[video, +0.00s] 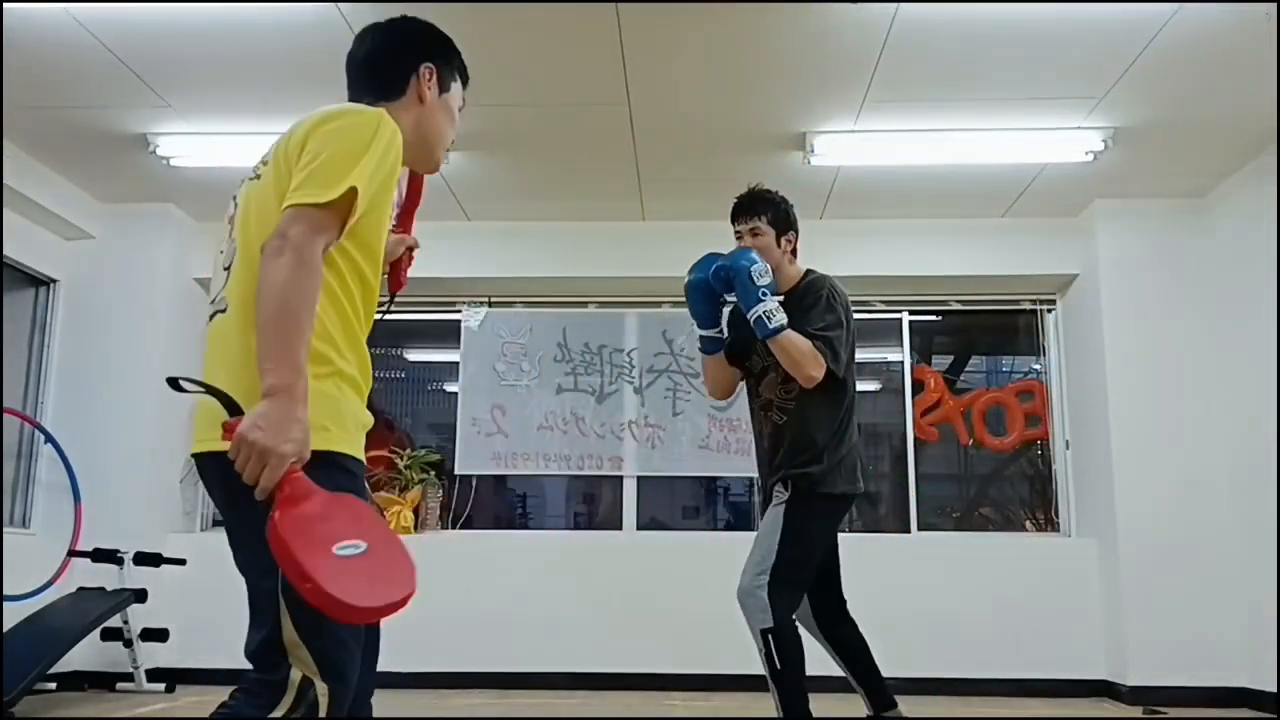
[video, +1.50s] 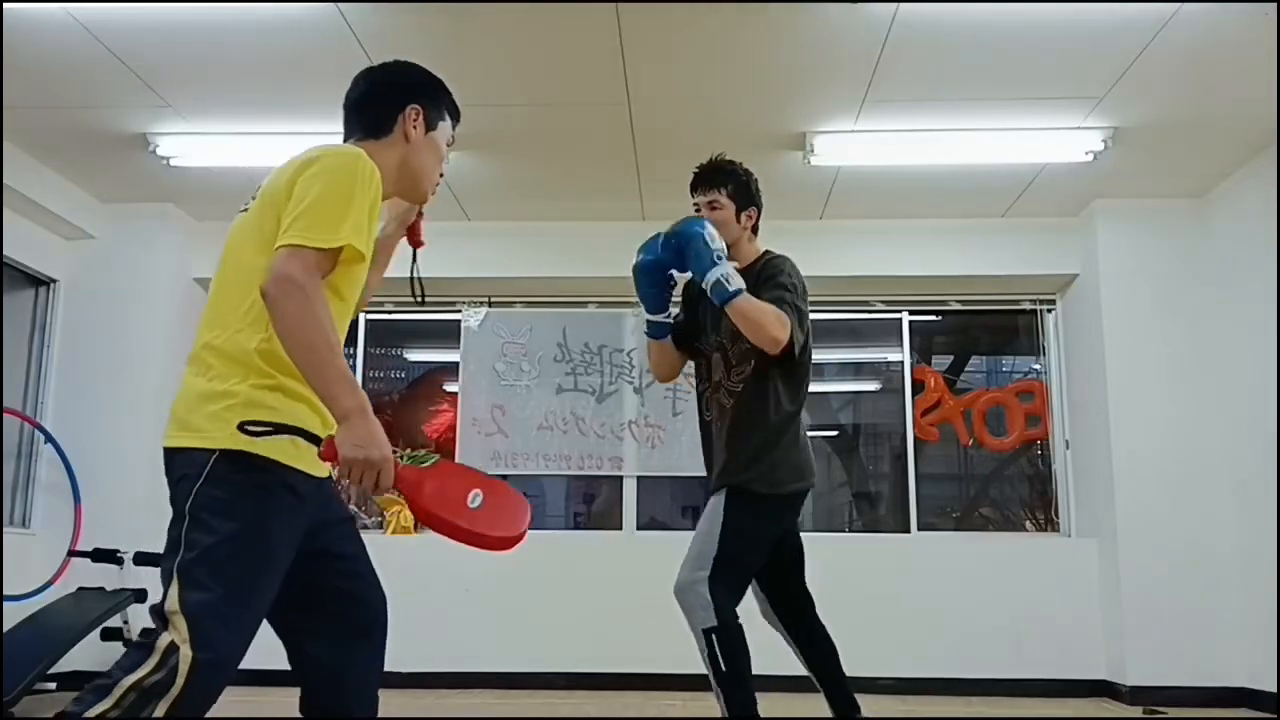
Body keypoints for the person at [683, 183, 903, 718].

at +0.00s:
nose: (744, 248)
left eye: (754, 235)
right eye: (738, 238)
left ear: (788, 240)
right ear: (737, 246)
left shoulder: (823, 295)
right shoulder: (752, 310)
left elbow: (812, 371)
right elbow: (721, 389)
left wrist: (760, 302)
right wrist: (709, 325)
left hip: (818, 475)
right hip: (785, 476)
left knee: (761, 594)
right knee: (820, 607)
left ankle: (796, 715)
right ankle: (885, 709)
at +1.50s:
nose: (701, 217)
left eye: (713, 205)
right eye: (695, 207)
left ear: (749, 216)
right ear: (696, 219)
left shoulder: (777, 274)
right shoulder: (704, 288)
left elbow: (775, 335)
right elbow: (665, 368)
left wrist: (716, 272)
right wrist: (656, 310)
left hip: (766, 470)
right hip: (742, 470)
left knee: (699, 591)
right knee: (787, 606)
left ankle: (742, 714)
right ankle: (848, 711)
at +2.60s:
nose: (588, 219)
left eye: (597, 206)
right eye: (582, 209)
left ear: (637, 214)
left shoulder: (655, 265)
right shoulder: (618, 296)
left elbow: (656, 315)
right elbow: (585, 389)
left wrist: (589, 242)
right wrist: (562, 327)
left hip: (663, 483)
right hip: (688, 489)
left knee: (559, 598)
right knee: (672, 633)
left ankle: (541, 713)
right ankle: (762, 714)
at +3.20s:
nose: (510, 162)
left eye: (516, 144)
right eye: (503, 149)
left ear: (562, 139)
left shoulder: (620, 203)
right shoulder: (554, 226)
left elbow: (604, 291)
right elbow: (486, 313)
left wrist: (528, 209)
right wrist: (468, 229)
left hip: (605, 444)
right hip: (589, 443)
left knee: (517, 594)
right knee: (604, 610)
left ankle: (511, 717)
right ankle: (695, 715)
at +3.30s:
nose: (517, 169)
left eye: (526, 152)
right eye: (513, 157)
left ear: (570, 151)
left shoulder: (621, 215)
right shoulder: (572, 233)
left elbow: (593, 296)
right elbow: (501, 317)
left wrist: (526, 219)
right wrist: (480, 234)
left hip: (615, 453)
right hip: (612, 451)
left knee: (523, 600)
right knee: (641, 607)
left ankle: (513, 715)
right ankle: (713, 715)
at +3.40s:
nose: (513, 154)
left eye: (522, 137)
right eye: (511, 142)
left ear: (564, 136)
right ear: (564, 141)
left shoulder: (597, 194)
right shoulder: (601, 207)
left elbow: (560, 257)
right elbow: (529, 313)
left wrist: (497, 191)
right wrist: (494, 236)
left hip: (605, 442)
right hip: (649, 439)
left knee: (533, 599)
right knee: (668, 594)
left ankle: (515, 713)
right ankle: (718, 713)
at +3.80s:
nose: (625, 145)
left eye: (635, 124)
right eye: (628, 129)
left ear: (654, 122)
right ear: (667, 124)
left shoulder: (681, 187)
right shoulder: (702, 211)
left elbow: (645, 151)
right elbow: (623, 302)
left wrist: (608, 107)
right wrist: (602, 232)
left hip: (674, 429)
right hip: (729, 424)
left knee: (602, 602)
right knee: (775, 579)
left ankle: (550, 711)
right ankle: (861, 707)